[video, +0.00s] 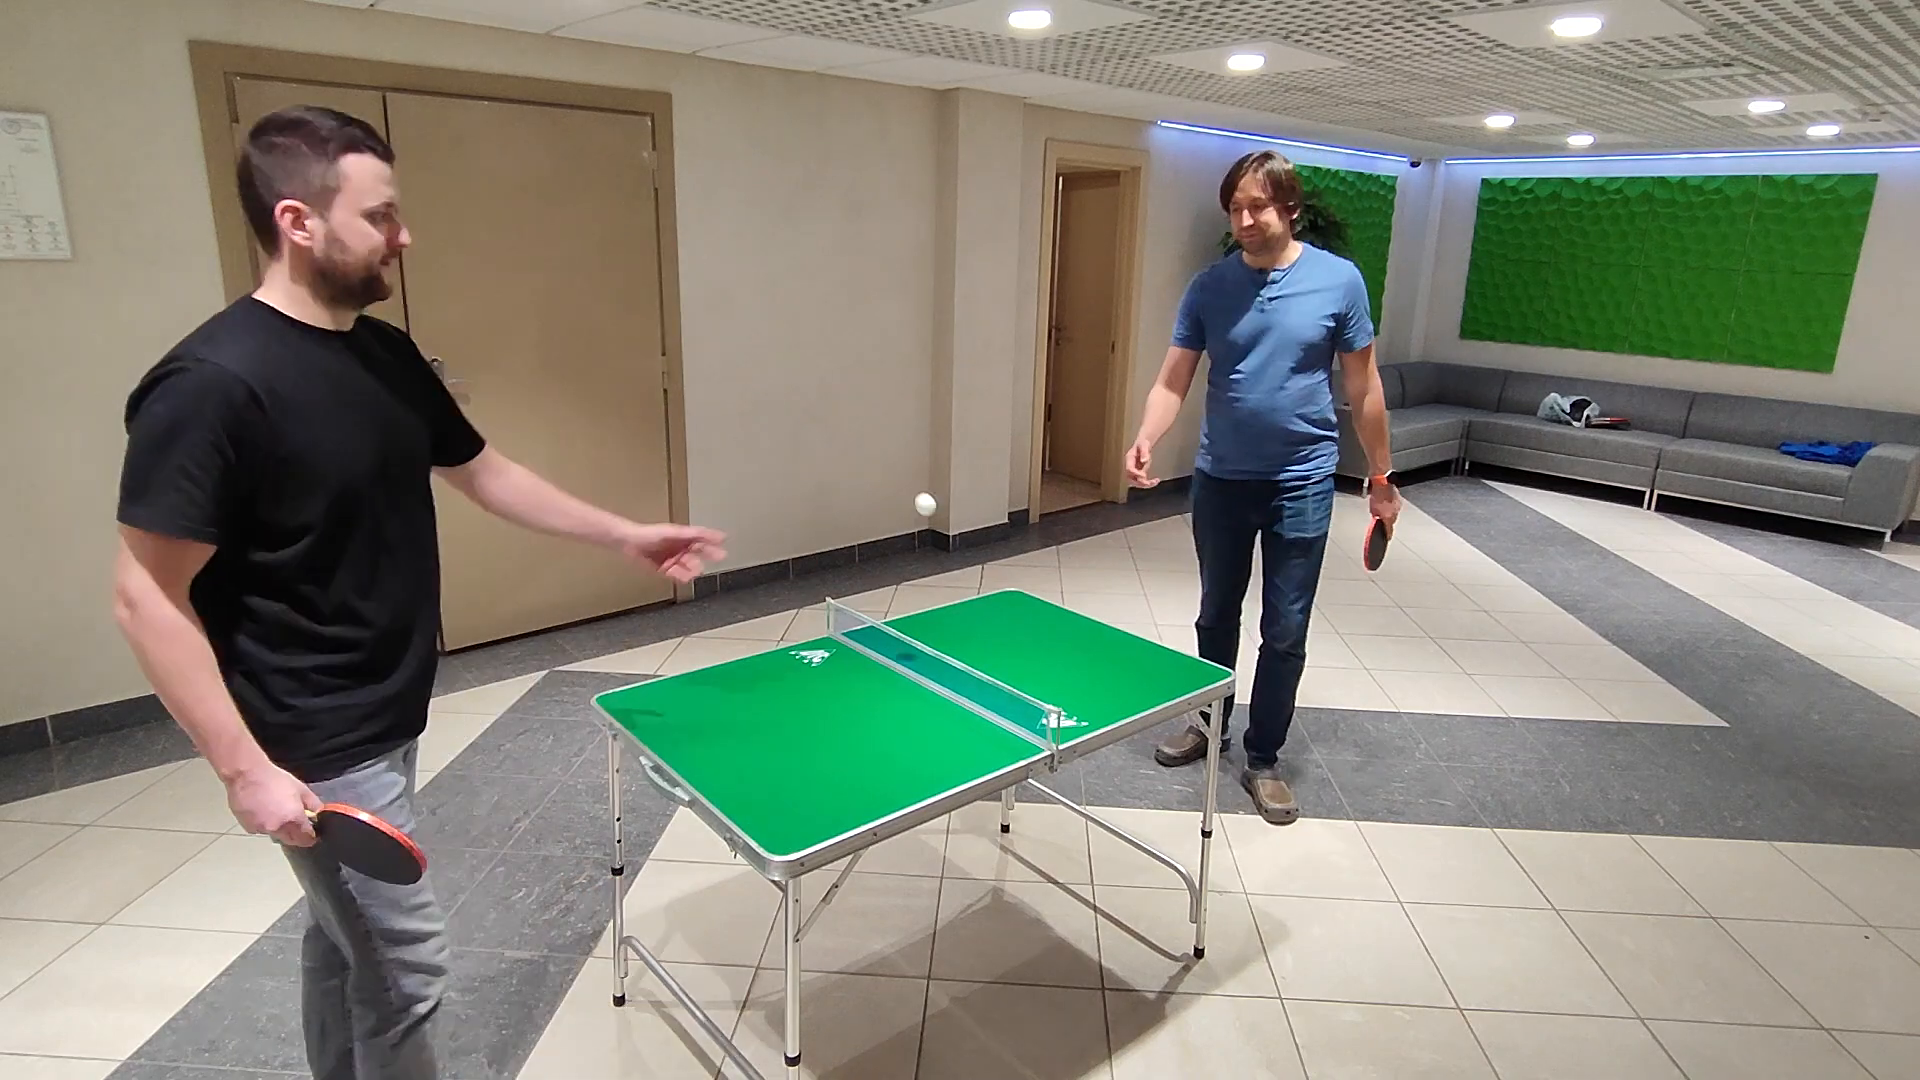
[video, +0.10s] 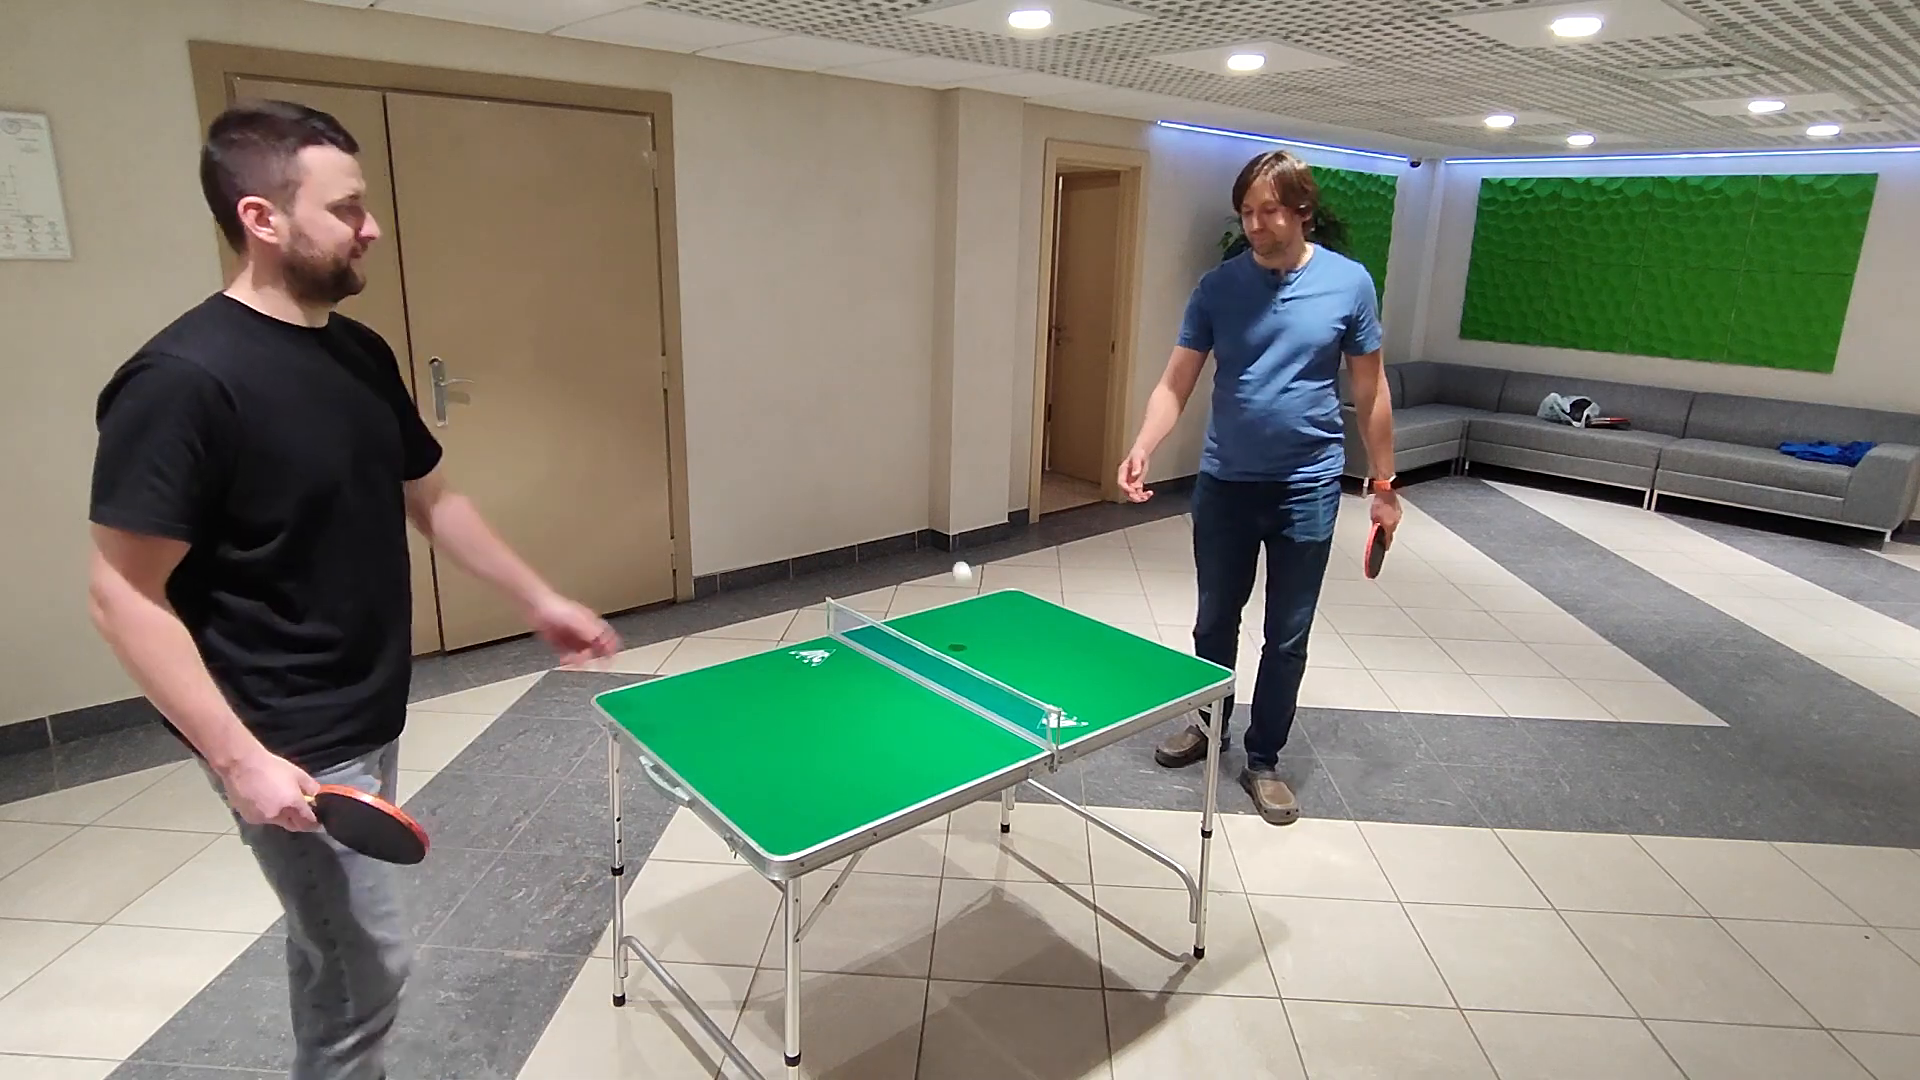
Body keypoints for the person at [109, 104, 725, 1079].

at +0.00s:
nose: (403, 240)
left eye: (400, 215)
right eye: (379, 216)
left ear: (315, 225)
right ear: (296, 223)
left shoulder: (386, 356)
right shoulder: (210, 386)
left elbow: (485, 473)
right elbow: (144, 595)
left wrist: (629, 536)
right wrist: (243, 769)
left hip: (390, 722)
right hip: (315, 747)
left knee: (343, 943)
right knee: (406, 985)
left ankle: (338, 1071)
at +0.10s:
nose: (370, 230)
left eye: (365, 206)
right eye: (344, 209)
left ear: (274, 220)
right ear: (262, 220)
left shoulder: (357, 351)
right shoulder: (182, 381)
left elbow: (433, 500)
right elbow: (122, 595)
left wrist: (541, 602)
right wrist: (240, 761)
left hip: (371, 724)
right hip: (284, 747)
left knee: (343, 954)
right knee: (365, 982)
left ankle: (337, 1063)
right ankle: (338, 1074)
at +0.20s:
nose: (340, 223)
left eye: (334, 199)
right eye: (313, 202)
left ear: (246, 216)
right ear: (226, 216)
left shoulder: (333, 351)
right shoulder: (153, 377)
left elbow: (373, 514)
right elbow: (98, 594)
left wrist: (424, 644)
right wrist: (239, 749)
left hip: (348, 723)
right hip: (250, 751)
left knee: (336, 955)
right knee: (316, 1002)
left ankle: (345, 1068)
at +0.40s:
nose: (261, 218)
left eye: (254, 192)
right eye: (230, 195)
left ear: (156, 211)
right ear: (138, 211)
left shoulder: (254, 350)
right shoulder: (68, 385)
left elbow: (253, 558)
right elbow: (40, 616)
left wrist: (309, 707)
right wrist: (238, 729)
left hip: (296, 749)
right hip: (175, 789)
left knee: (313, 956)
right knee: (178, 1029)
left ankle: (337, 1070)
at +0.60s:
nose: (144, 224)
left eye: (134, 196)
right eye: (110, 199)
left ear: (30, 220)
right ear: (14, 219)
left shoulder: (143, 361)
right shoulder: (1, 390)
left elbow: (203, 528)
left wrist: (283, 653)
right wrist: (185, 734)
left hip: (203, 772)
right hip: (53, 818)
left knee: (275, 966)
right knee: (39, 1062)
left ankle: (340, 1076)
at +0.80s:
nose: (27, 221)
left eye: (15, 192)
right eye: (3, 198)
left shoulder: (46, 359)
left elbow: (129, 531)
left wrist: (249, 654)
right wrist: (67, 766)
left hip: (109, 780)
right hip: (7, 818)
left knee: (215, 965)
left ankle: (289, 1076)